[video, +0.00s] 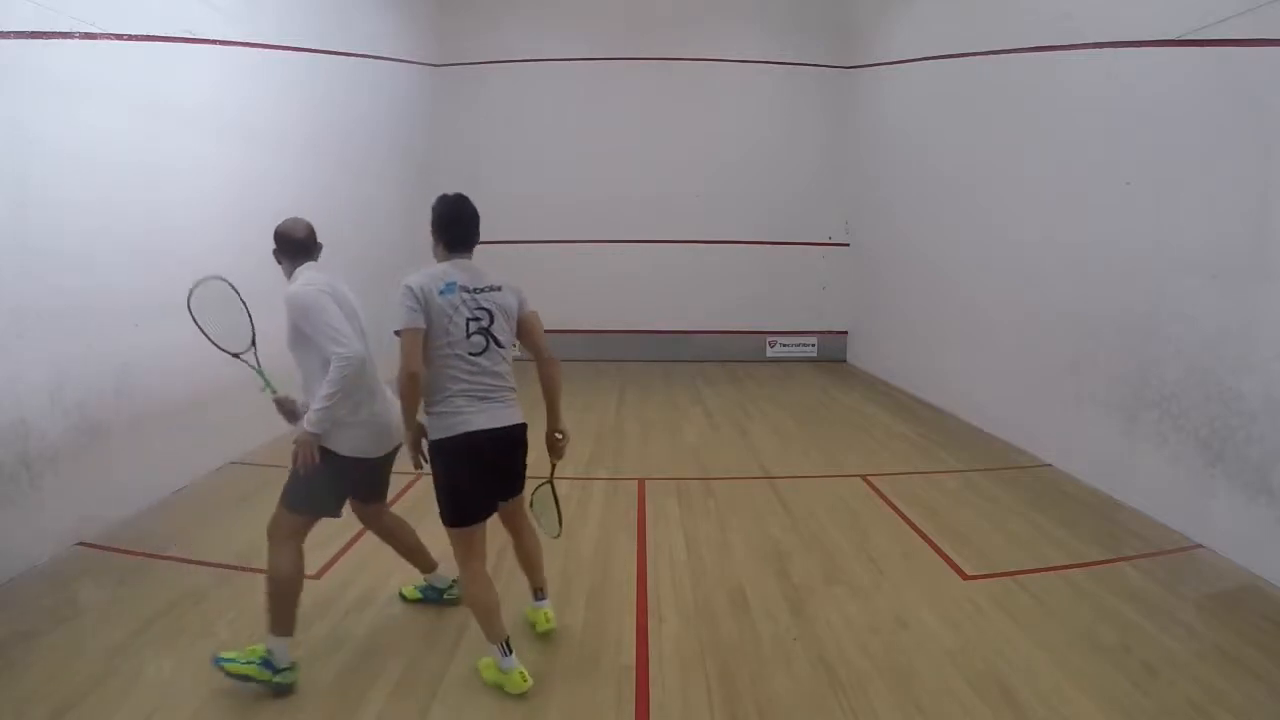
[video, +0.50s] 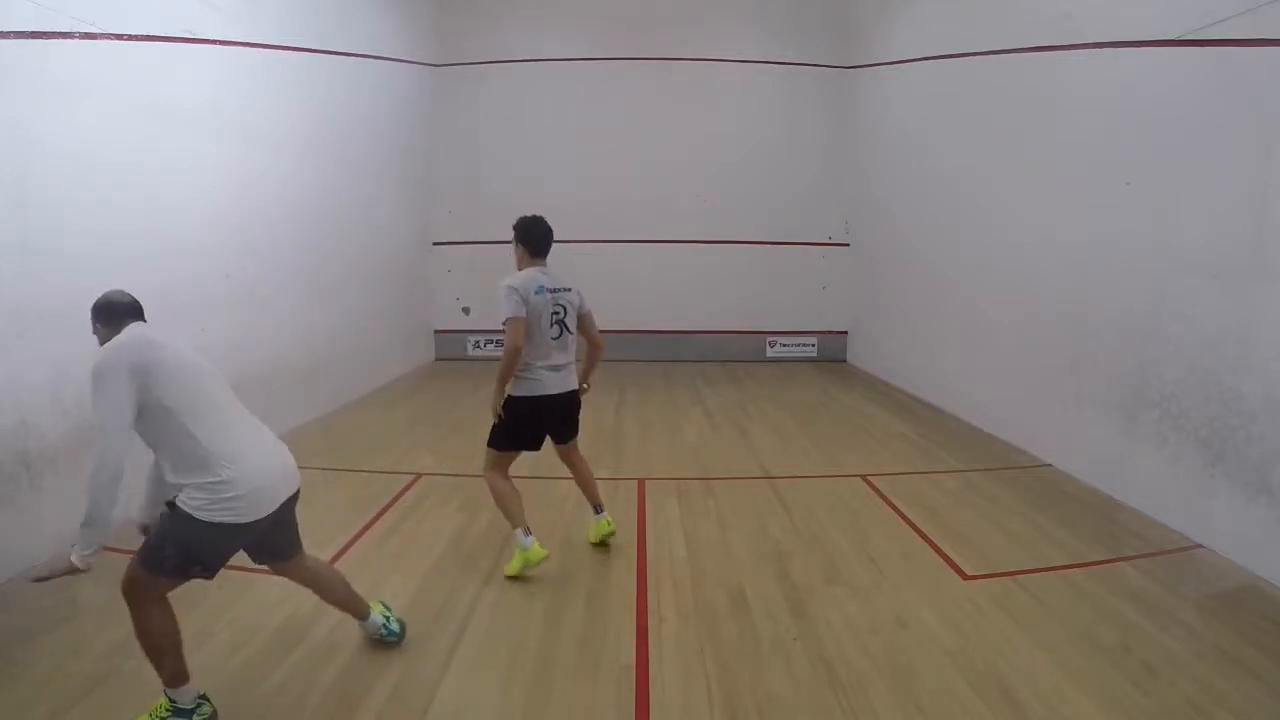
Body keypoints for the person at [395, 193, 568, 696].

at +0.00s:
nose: (431, 238)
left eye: (430, 231)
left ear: (433, 236)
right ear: (476, 236)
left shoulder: (418, 287)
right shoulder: (504, 290)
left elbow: (412, 370)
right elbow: (546, 359)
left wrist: (410, 425)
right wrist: (554, 424)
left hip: (456, 442)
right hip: (509, 433)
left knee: (471, 561)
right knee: (516, 512)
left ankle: (506, 659)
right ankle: (541, 603)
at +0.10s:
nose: (458, 264)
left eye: (460, 258)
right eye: (463, 257)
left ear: (466, 264)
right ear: (504, 265)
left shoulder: (447, 314)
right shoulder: (530, 317)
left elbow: (439, 390)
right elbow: (566, 382)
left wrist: (437, 432)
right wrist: (572, 432)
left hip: (481, 458)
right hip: (534, 449)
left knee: (483, 564)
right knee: (551, 500)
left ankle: (514, 667)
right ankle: (576, 558)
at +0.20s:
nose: (486, 274)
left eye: (487, 268)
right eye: (488, 267)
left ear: (496, 273)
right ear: (528, 275)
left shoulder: (482, 320)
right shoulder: (554, 321)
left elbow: (470, 389)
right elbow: (588, 383)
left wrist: (457, 431)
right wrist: (588, 427)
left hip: (507, 451)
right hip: (555, 442)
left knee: (498, 544)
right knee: (577, 493)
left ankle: (513, 647)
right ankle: (601, 541)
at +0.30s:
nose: (507, 278)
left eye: (509, 273)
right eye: (509, 271)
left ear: (519, 277)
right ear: (545, 279)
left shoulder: (506, 322)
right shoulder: (569, 321)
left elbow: (500, 387)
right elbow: (600, 377)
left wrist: (478, 426)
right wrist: (596, 417)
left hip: (527, 442)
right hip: (570, 432)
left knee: (509, 528)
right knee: (582, 475)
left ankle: (524, 599)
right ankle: (603, 537)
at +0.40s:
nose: (514, 266)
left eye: (515, 259)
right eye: (515, 259)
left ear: (524, 263)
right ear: (551, 265)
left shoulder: (516, 304)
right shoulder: (572, 304)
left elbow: (511, 368)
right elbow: (600, 358)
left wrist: (494, 409)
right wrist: (590, 395)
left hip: (531, 420)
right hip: (572, 414)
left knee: (505, 494)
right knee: (577, 467)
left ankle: (540, 563)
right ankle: (601, 535)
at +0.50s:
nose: (512, 250)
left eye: (513, 244)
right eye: (514, 244)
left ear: (520, 248)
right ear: (548, 249)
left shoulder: (515, 286)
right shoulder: (569, 289)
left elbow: (515, 346)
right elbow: (596, 343)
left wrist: (499, 390)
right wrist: (582, 379)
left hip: (527, 400)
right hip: (566, 396)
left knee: (495, 470)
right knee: (570, 452)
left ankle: (527, 542)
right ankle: (601, 517)